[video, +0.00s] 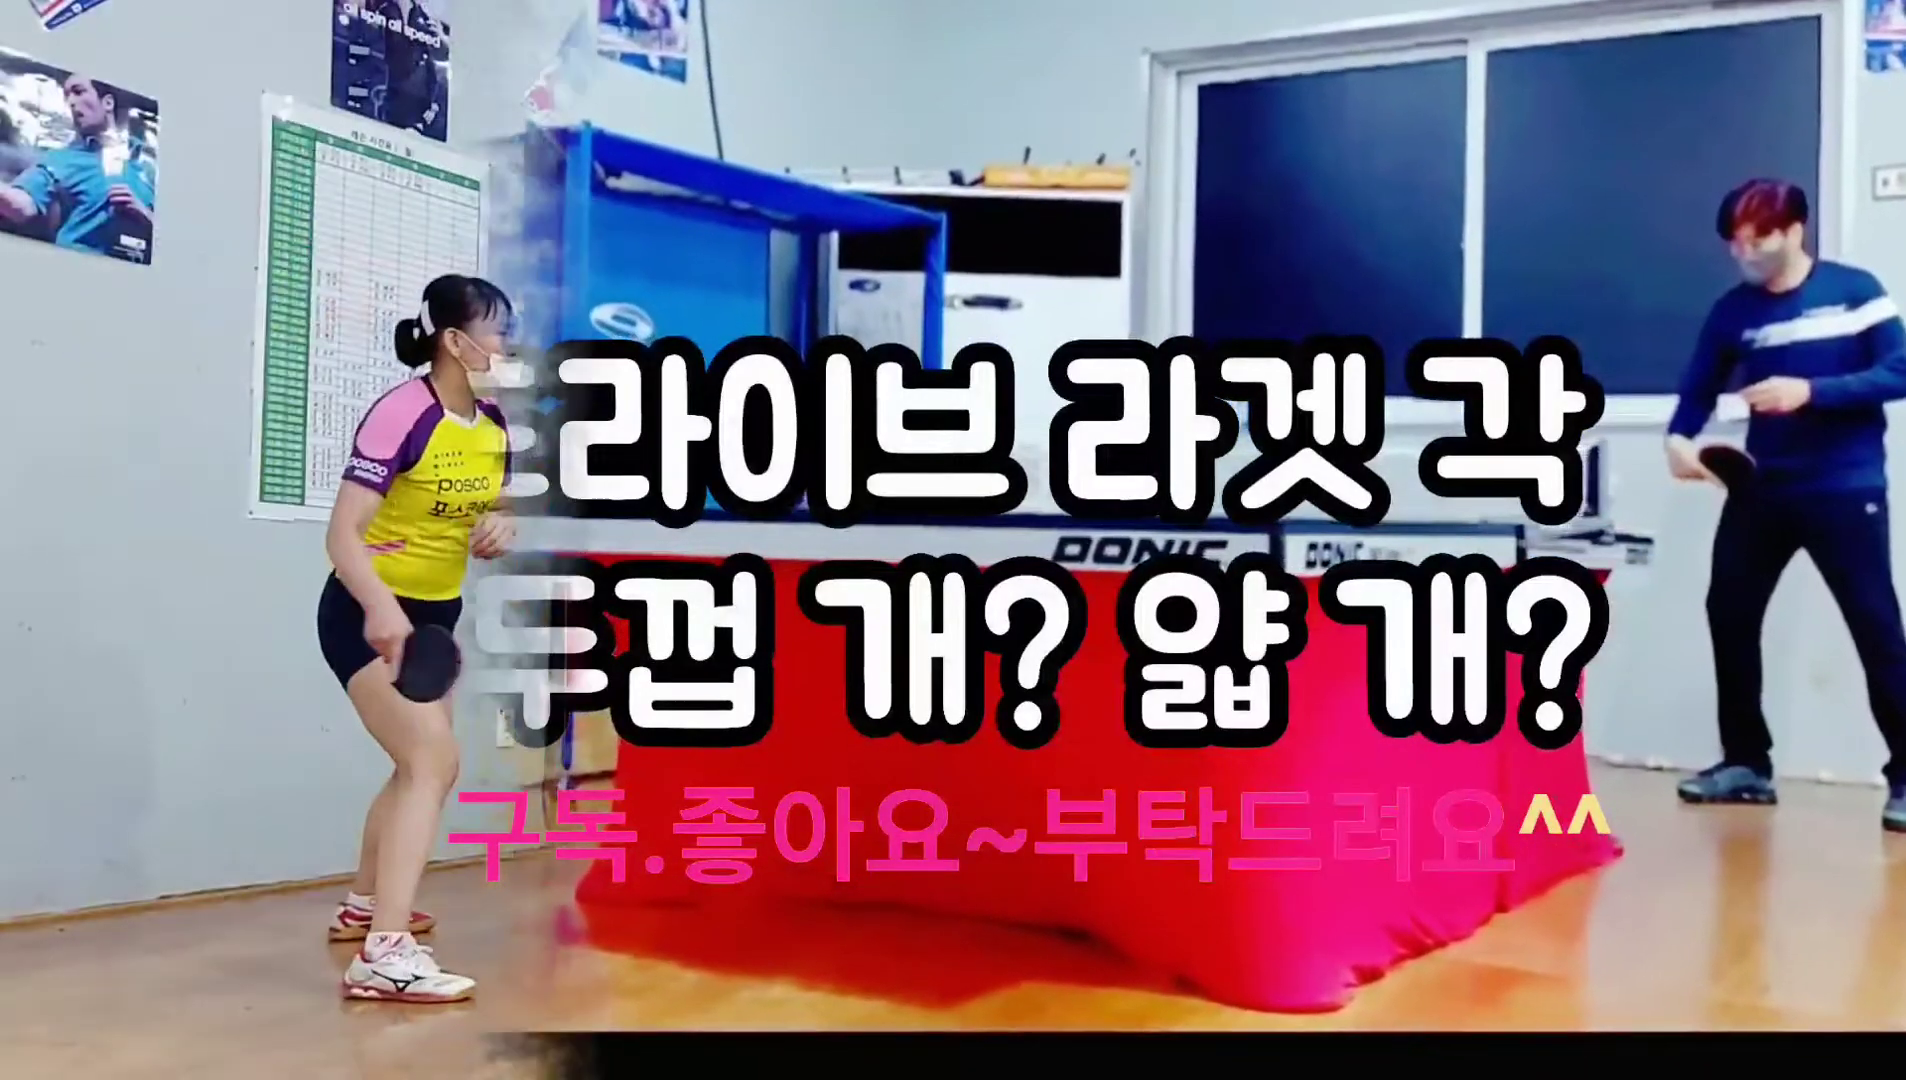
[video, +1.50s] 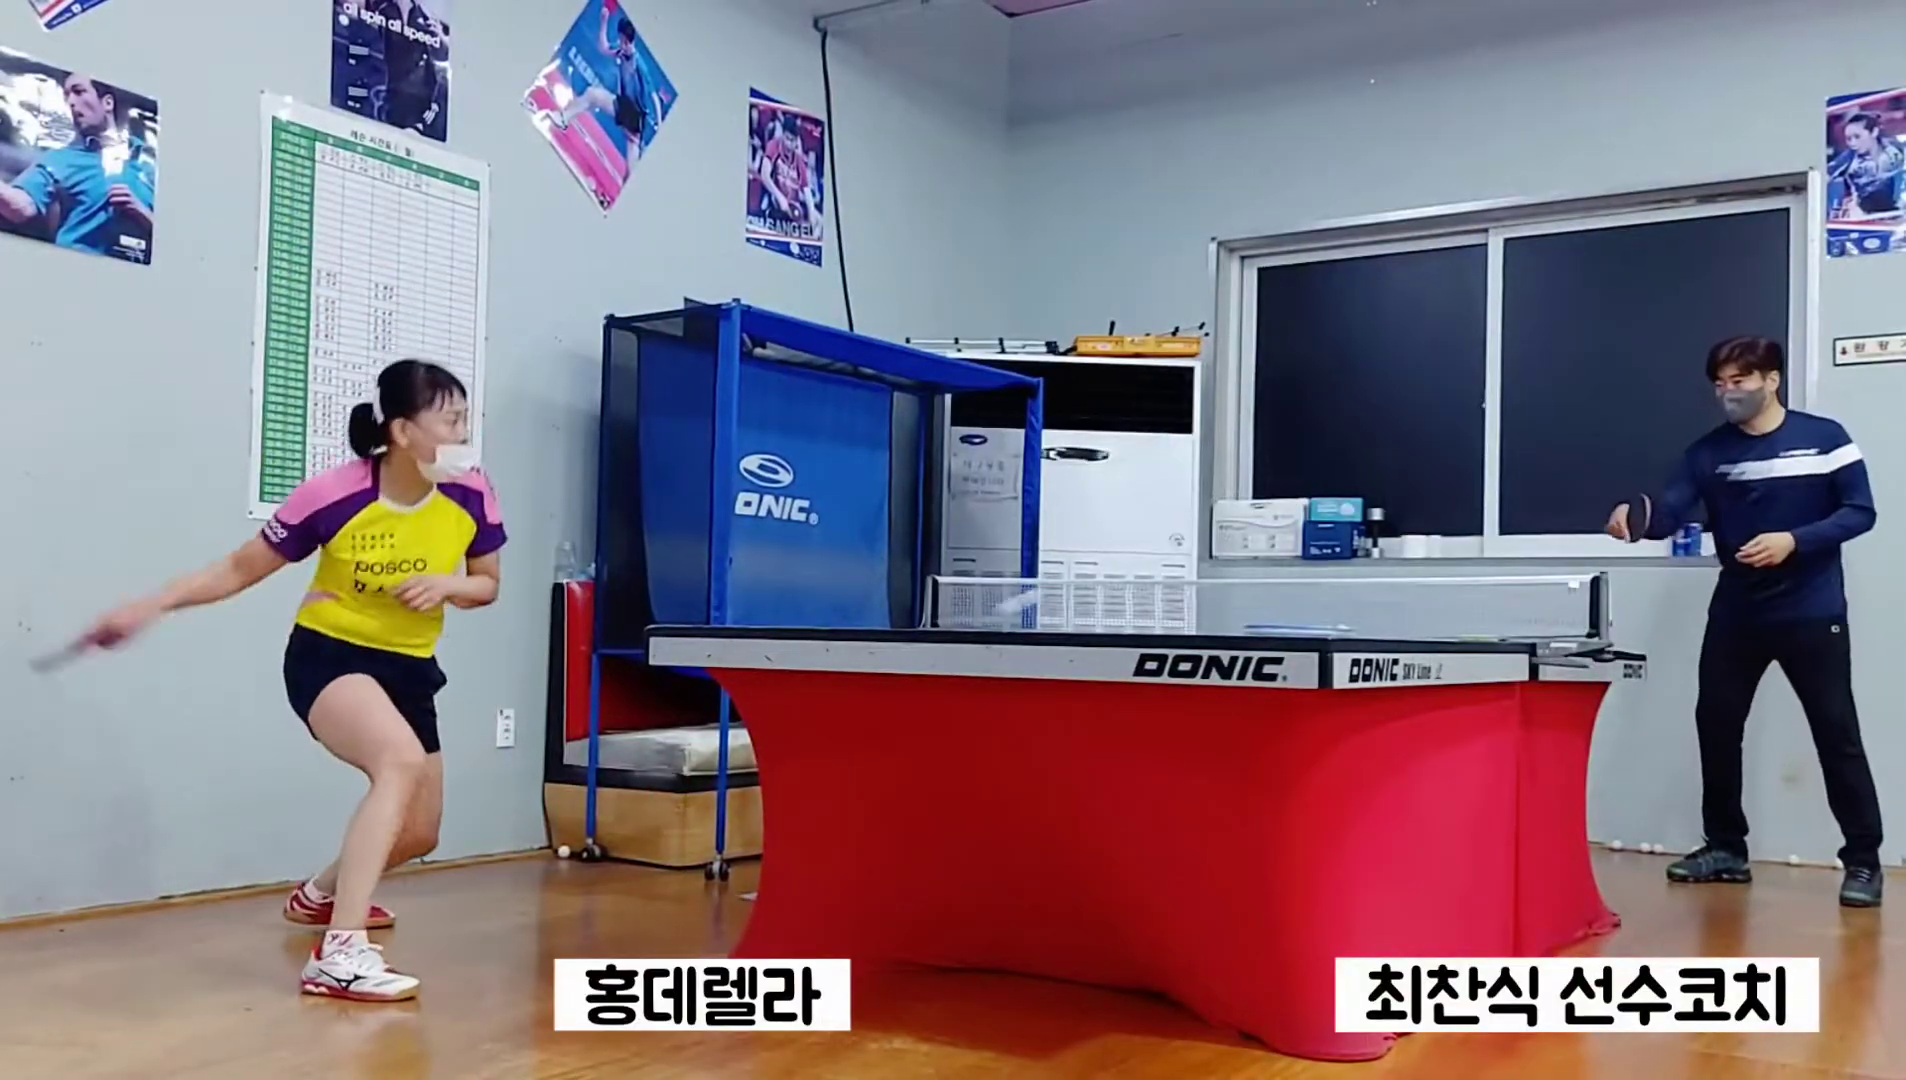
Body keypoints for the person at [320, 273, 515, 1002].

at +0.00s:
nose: (498, 345)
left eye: (501, 332)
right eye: (486, 332)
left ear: (485, 343)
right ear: (448, 340)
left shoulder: (492, 423)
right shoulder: (401, 412)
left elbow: (486, 521)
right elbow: (341, 532)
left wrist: (502, 523)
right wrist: (381, 606)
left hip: (433, 611)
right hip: (367, 608)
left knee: (421, 766)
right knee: (434, 760)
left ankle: (366, 901)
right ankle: (387, 948)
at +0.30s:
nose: (501, 358)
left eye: (501, 345)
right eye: (488, 346)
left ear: (467, 359)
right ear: (442, 358)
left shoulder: (505, 430)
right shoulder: (380, 429)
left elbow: (517, 534)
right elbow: (302, 520)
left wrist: (477, 526)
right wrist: (238, 595)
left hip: (459, 619)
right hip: (382, 613)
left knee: (459, 780)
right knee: (423, 762)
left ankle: (378, 875)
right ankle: (388, 947)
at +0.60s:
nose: (508, 393)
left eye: (513, 381)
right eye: (497, 380)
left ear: (508, 385)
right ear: (452, 382)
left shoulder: (505, 455)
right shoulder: (389, 452)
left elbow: (517, 551)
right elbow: (312, 528)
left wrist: (491, 543)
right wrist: (224, 565)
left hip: (461, 637)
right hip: (393, 631)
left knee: (482, 791)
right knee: (408, 772)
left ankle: (386, 890)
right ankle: (392, 943)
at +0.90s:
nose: (509, 362)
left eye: (511, 353)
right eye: (501, 348)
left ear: (468, 352)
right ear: (461, 345)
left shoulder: (452, 407)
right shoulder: (432, 391)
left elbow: (416, 496)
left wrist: (468, 532)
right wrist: (581, 359)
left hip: (411, 607)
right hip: (383, 600)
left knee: (444, 756)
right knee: (394, 755)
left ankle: (385, 890)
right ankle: (338, 931)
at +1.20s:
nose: (498, 355)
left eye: (498, 342)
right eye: (490, 341)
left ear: (447, 345)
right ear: (451, 343)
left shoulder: (426, 402)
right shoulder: (432, 398)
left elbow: (387, 500)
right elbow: (495, 493)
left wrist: (455, 533)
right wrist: (564, 480)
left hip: (378, 608)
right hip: (355, 607)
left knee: (410, 762)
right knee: (398, 768)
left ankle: (374, 885)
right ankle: (331, 945)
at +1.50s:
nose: (459, 431)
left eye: (462, 417)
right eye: (446, 418)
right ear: (399, 429)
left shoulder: (471, 495)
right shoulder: (336, 495)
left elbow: (487, 586)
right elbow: (239, 569)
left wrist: (450, 586)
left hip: (410, 670)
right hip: (330, 654)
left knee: (418, 834)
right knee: (400, 762)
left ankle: (322, 892)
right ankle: (341, 952)